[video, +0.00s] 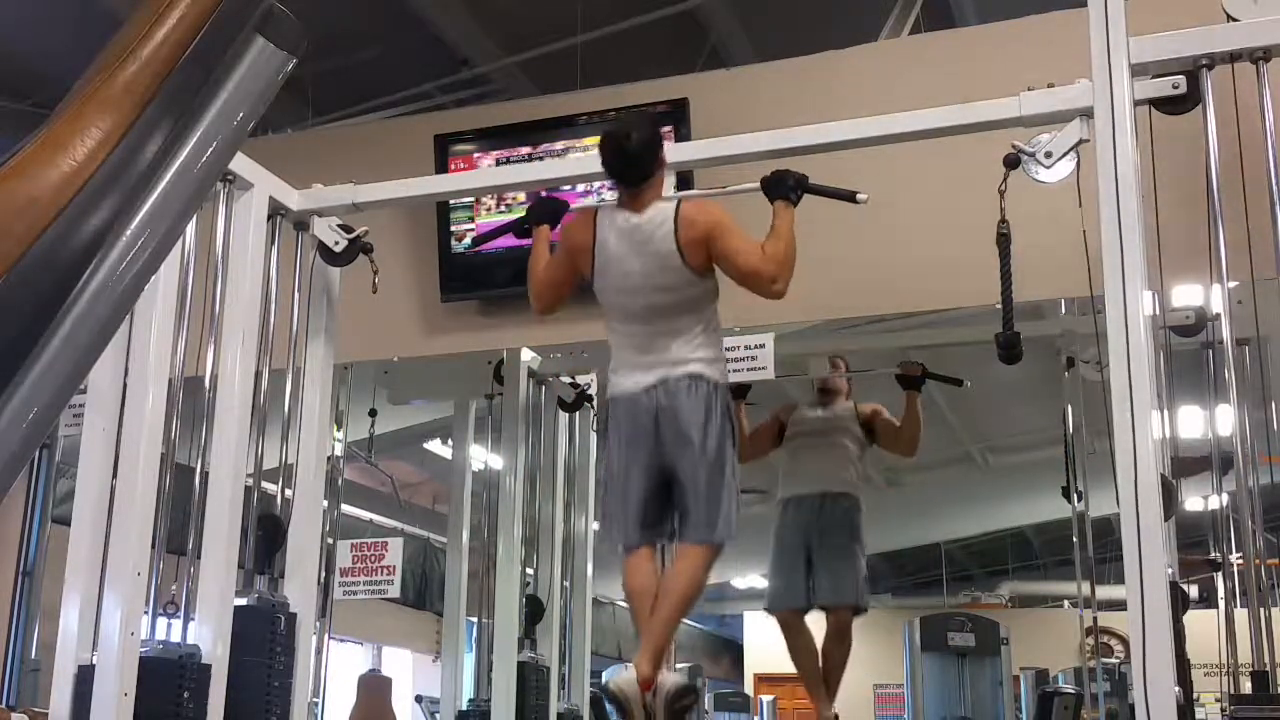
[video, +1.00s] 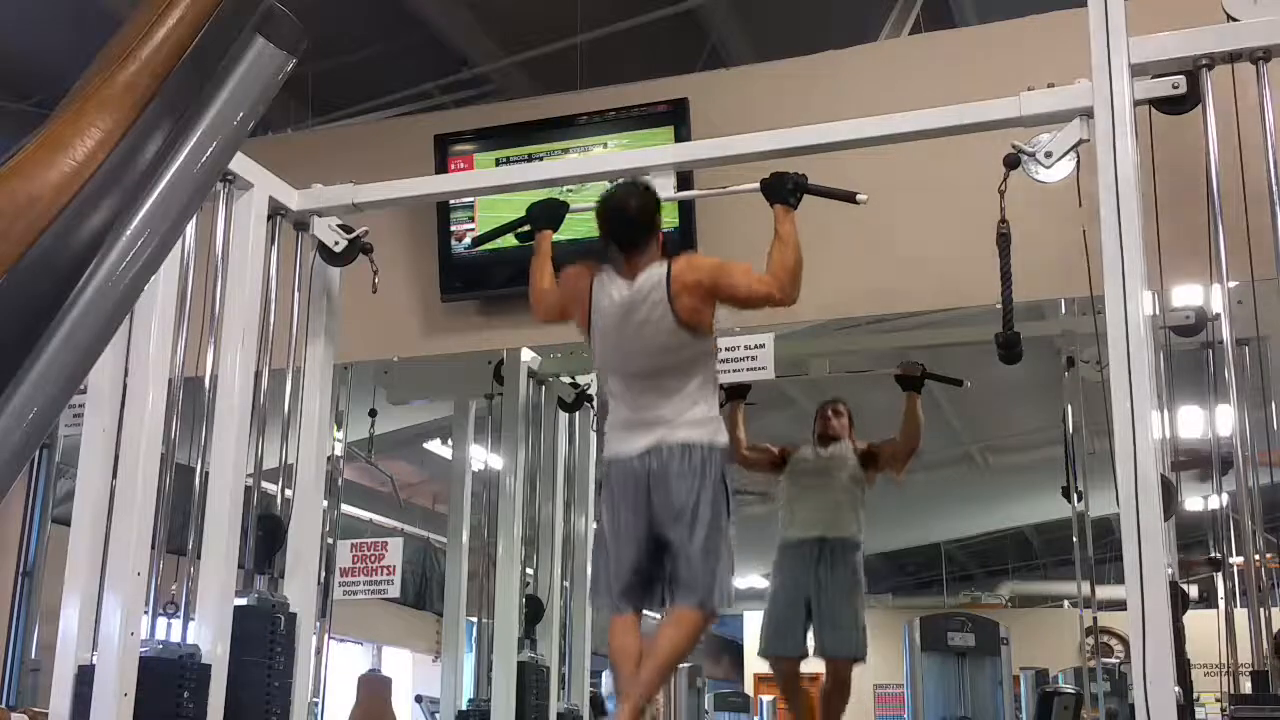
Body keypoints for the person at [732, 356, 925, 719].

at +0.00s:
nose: (830, 368)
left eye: (838, 366)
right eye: (824, 366)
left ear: (849, 382)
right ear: (813, 380)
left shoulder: (865, 413)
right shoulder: (791, 413)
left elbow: (906, 445)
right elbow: (744, 451)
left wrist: (912, 393)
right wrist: (737, 401)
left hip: (841, 509)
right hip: (793, 510)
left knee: (841, 612)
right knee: (785, 610)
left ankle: (825, 708)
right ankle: (822, 707)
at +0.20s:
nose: (827, 376)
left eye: (836, 373)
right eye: (821, 373)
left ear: (849, 388)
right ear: (812, 388)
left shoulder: (864, 418)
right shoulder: (791, 419)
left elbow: (907, 445)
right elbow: (742, 451)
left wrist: (913, 393)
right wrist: (735, 402)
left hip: (841, 515)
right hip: (793, 518)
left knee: (844, 623)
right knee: (791, 620)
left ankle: (830, 712)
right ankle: (826, 711)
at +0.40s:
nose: (830, 430)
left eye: (838, 427)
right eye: (824, 426)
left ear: (851, 439)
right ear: (816, 439)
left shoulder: (863, 466)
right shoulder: (795, 466)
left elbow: (909, 446)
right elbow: (740, 455)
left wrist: (912, 393)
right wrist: (735, 403)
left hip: (841, 572)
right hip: (791, 573)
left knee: (846, 681)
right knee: (784, 676)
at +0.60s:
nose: (826, 465)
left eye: (835, 463)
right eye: (820, 463)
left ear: (848, 476)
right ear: (812, 475)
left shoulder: (860, 498)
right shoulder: (787, 497)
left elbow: (899, 455)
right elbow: (746, 457)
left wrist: (910, 396)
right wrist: (737, 402)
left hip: (837, 609)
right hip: (787, 609)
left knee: (841, 704)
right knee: (780, 704)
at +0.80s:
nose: (827, 455)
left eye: (836, 453)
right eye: (821, 452)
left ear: (849, 467)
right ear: (812, 466)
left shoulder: (859, 491)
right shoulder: (788, 490)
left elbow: (899, 453)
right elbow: (742, 455)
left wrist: (910, 396)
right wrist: (737, 402)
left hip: (837, 602)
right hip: (787, 601)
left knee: (838, 705)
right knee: (781, 704)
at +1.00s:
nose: (828, 418)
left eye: (836, 414)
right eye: (822, 415)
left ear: (850, 426)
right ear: (813, 427)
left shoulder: (861, 454)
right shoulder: (793, 456)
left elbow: (906, 445)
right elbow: (741, 453)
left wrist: (912, 393)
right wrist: (735, 401)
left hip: (842, 556)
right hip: (792, 556)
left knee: (840, 663)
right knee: (781, 660)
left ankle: (829, 717)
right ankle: (806, 715)